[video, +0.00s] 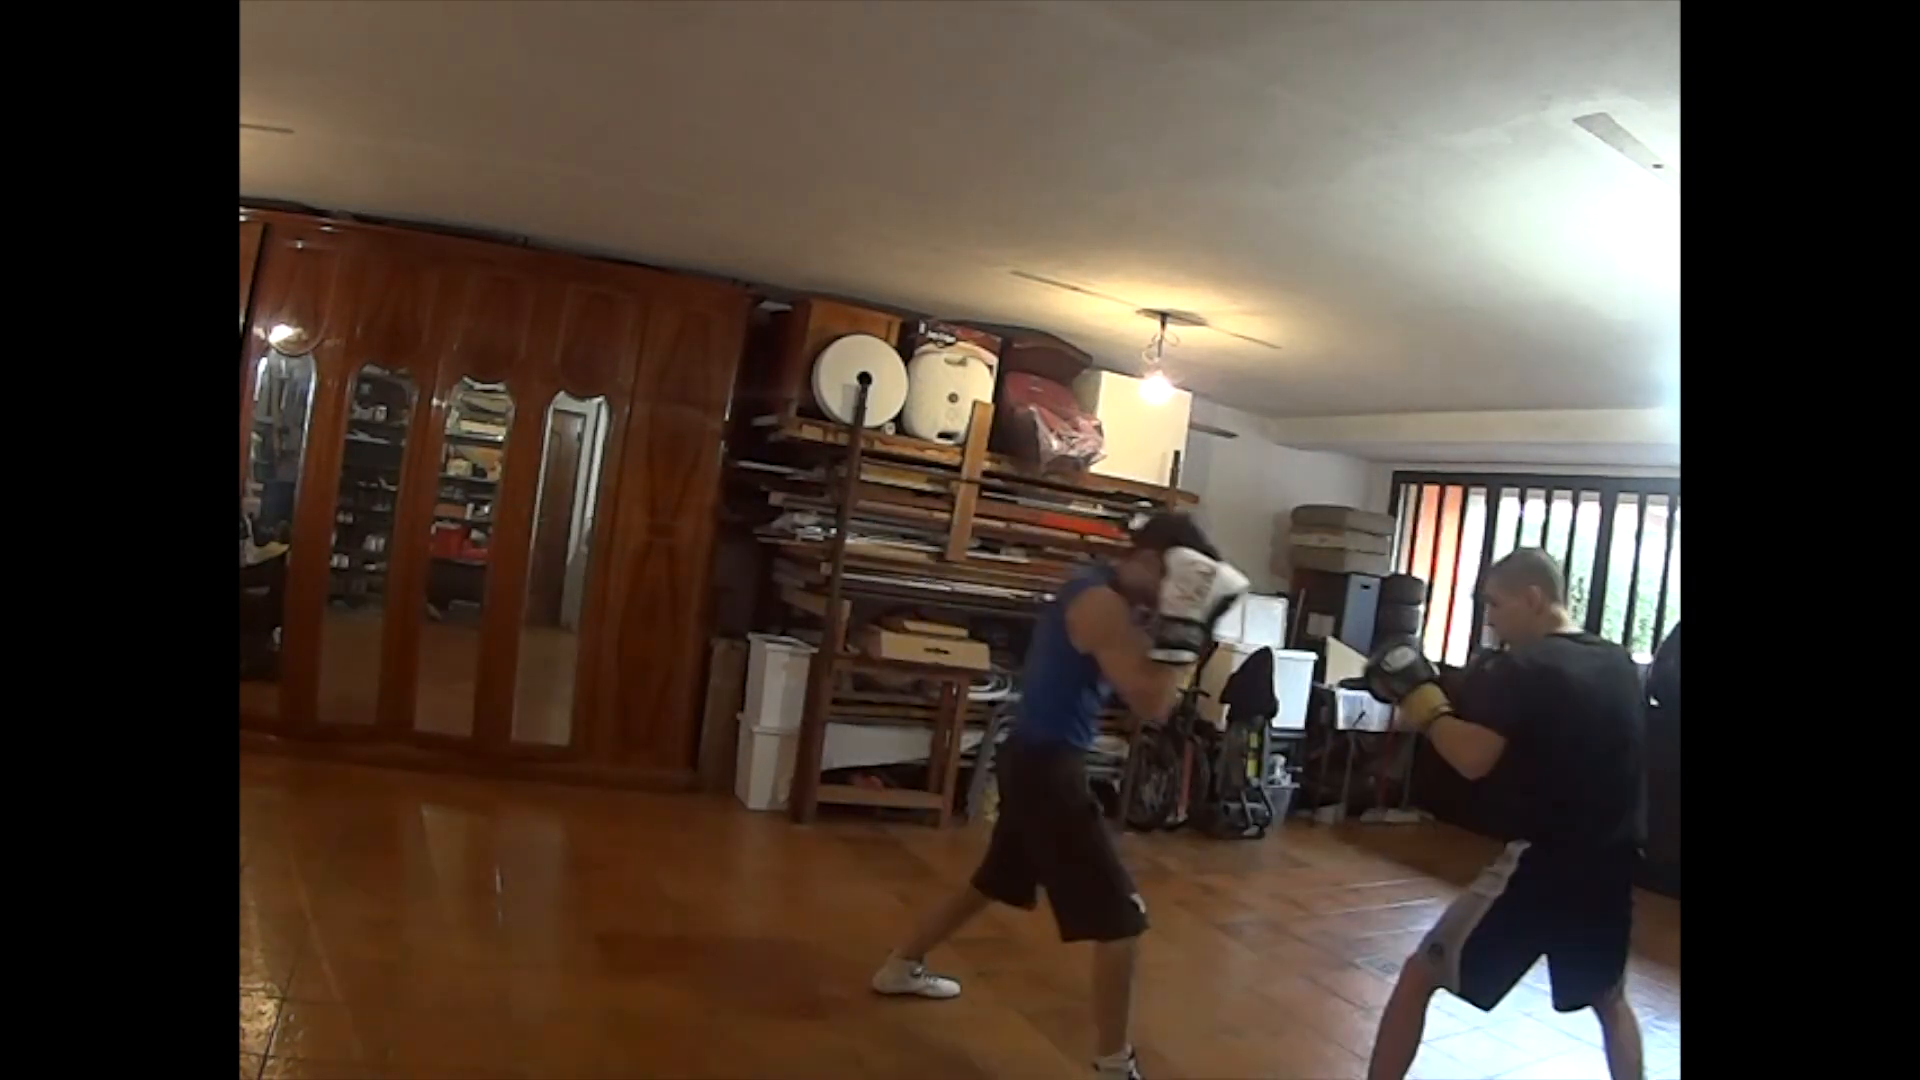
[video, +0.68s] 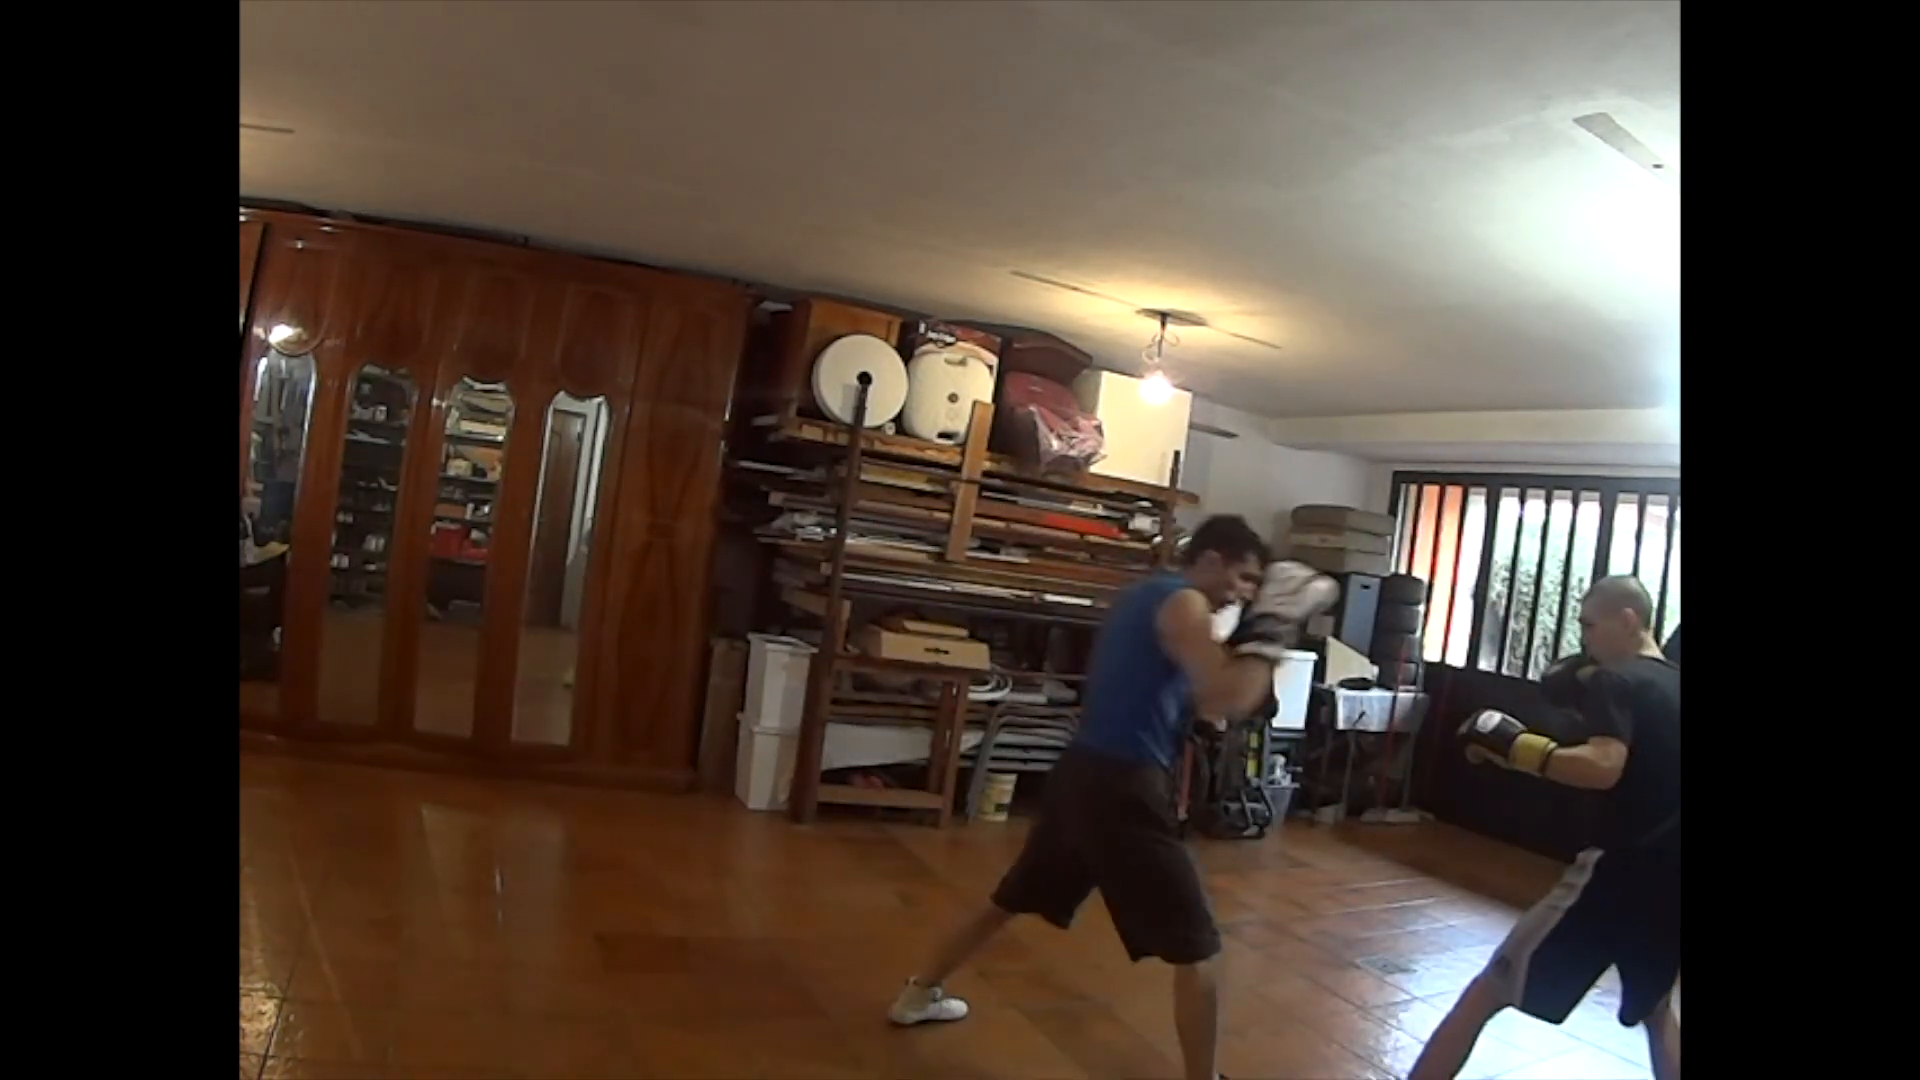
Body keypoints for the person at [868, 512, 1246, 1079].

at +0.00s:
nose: (1167, 591)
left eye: (1177, 581)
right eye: (1169, 575)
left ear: (1146, 555)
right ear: (1145, 553)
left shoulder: (1087, 588)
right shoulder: (1100, 604)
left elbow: (1140, 684)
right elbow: (1153, 702)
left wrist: (1176, 630)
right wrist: (1185, 627)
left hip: (1031, 763)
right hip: (1051, 771)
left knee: (990, 882)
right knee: (1119, 920)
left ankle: (900, 966)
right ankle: (1114, 1063)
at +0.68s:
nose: (1244, 589)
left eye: (1251, 581)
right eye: (1241, 574)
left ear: (1193, 558)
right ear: (1207, 557)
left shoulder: (1143, 596)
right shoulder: (1180, 602)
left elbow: (1205, 693)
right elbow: (1227, 694)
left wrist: (1257, 636)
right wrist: (1273, 632)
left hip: (1081, 779)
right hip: (1129, 793)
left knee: (1005, 901)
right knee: (1199, 954)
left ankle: (918, 992)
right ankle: (1202, 1070)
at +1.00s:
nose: (1253, 591)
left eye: (1260, 581)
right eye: (1251, 576)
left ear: (1204, 556)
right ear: (1217, 557)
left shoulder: (1147, 595)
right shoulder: (1192, 603)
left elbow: (1205, 689)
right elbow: (1223, 708)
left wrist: (1263, 635)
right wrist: (1286, 648)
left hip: (1098, 787)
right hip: (1150, 799)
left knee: (1030, 924)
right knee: (1248, 942)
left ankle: (935, 1033)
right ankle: (1234, 1072)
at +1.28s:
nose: (1353, 621)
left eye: (1354, 612)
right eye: (1349, 610)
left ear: (1288, 589)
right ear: (1321, 598)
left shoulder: (1211, 621)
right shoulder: (1321, 646)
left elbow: (1173, 700)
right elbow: (1419, 690)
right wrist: (1479, 661)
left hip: (1143, 813)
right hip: (1216, 833)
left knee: (1057, 932)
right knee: (1283, 989)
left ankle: (953, 1032)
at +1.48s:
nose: (1358, 598)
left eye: (1360, 589)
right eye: (1357, 587)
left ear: (1291, 573)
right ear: (1328, 576)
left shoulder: (1217, 616)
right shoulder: (1337, 620)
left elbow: (1197, 719)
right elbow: (1422, 701)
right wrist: (1452, 651)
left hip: (1184, 816)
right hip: (1264, 831)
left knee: (1089, 960)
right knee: (1307, 998)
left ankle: (987, 1066)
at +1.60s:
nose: (1323, 589)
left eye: (1324, 577)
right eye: (1320, 575)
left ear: (1256, 564)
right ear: (1294, 565)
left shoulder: (1194, 620)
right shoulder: (1307, 615)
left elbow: (1193, 722)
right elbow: (1392, 704)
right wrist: (1406, 620)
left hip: (1180, 835)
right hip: (1265, 846)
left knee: (1090, 991)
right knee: (1315, 1012)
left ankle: (1008, 1074)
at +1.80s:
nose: (1229, 562)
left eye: (1229, 550)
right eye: (1225, 549)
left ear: (1156, 547)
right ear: (1192, 549)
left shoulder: (1106, 622)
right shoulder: (1219, 601)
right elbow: (1337, 666)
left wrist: (1231, 601)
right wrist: (1391, 647)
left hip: (1139, 840)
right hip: (1223, 845)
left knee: (1052, 1009)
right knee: (1279, 1018)